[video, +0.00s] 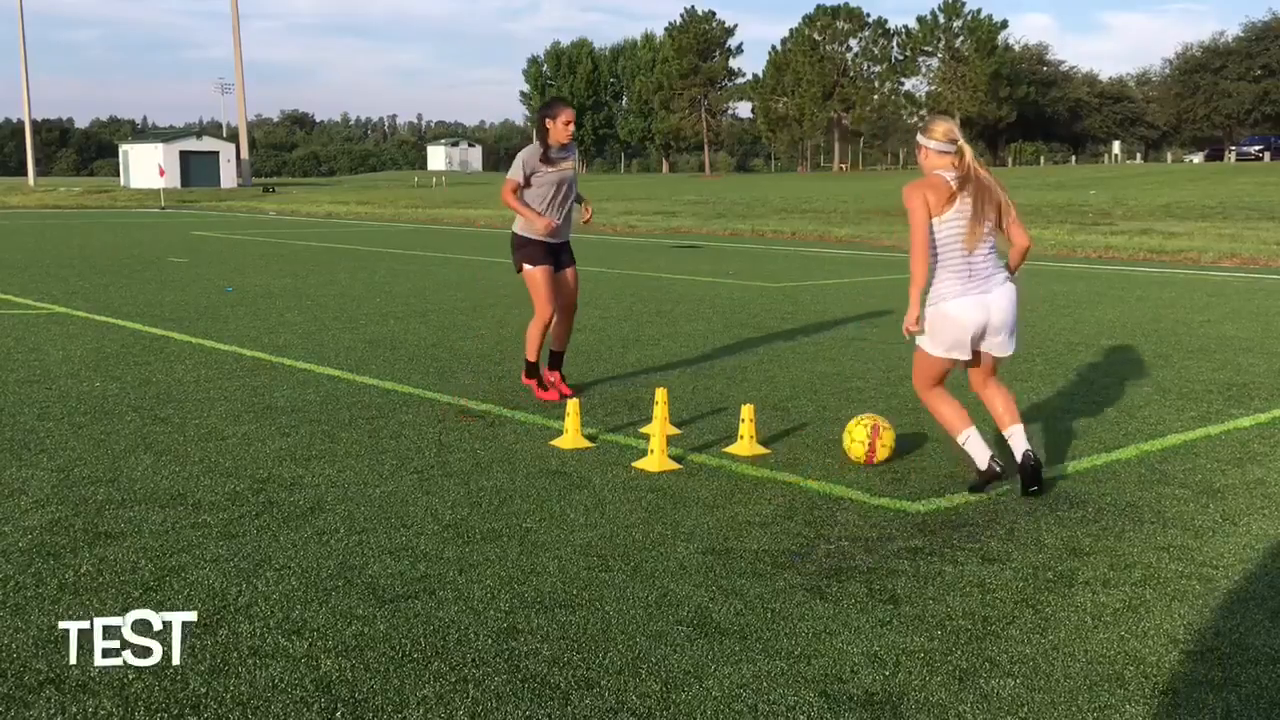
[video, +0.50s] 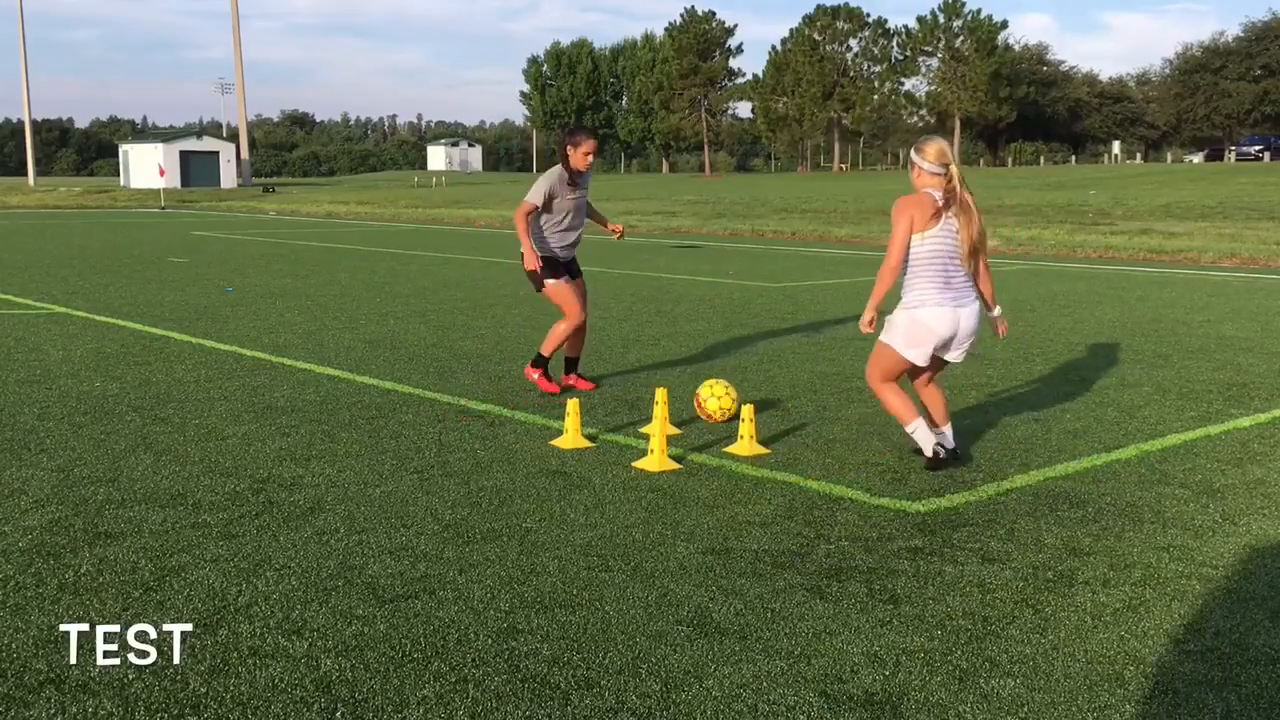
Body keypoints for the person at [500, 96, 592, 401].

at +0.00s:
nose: (572, 129)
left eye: (573, 124)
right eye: (566, 124)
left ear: (572, 126)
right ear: (548, 124)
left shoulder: (569, 153)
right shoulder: (529, 155)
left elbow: (564, 187)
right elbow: (507, 194)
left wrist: (583, 201)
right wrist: (535, 218)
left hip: (560, 241)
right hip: (531, 241)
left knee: (568, 307)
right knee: (545, 311)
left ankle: (553, 372)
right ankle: (531, 374)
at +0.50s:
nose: (591, 160)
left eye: (593, 155)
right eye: (586, 155)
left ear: (593, 155)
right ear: (569, 151)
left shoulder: (583, 177)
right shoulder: (551, 178)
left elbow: (582, 206)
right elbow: (521, 213)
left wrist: (607, 225)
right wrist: (527, 249)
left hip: (567, 256)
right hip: (542, 256)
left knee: (580, 316)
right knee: (574, 315)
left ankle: (570, 374)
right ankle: (536, 367)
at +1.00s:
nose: (542, 173)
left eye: (545, 167)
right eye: (537, 167)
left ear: (548, 164)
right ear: (522, 162)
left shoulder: (551, 188)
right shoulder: (500, 188)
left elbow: (566, 216)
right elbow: (471, 225)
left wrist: (581, 211)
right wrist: (470, 258)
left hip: (531, 273)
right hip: (497, 272)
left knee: (555, 329)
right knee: (497, 336)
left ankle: (563, 375)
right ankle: (460, 389)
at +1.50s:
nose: (510, 169)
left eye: (514, 162)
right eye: (504, 162)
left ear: (519, 160)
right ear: (489, 157)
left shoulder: (523, 187)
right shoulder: (465, 186)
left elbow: (526, 226)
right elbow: (436, 226)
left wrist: (541, 262)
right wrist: (422, 270)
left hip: (510, 270)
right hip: (469, 268)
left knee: (507, 341)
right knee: (461, 324)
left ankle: (494, 403)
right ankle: (484, 395)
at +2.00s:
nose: (512, 158)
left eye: (516, 152)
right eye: (506, 151)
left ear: (518, 155)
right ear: (489, 152)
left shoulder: (519, 187)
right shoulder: (468, 185)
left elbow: (511, 221)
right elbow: (442, 229)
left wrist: (521, 240)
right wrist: (443, 268)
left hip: (499, 275)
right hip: (465, 272)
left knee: (524, 343)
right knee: (462, 340)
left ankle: (499, 393)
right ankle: (426, 416)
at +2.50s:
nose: (548, 147)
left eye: (550, 142)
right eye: (543, 141)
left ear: (548, 144)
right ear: (524, 141)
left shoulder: (546, 175)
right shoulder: (506, 174)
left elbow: (533, 216)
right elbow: (477, 214)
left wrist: (551, 228)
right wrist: (499, 254)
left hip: (532, 262)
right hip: (501, 261)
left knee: (561, 320)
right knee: (502, 333)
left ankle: (553, 371)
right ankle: (469, 396)